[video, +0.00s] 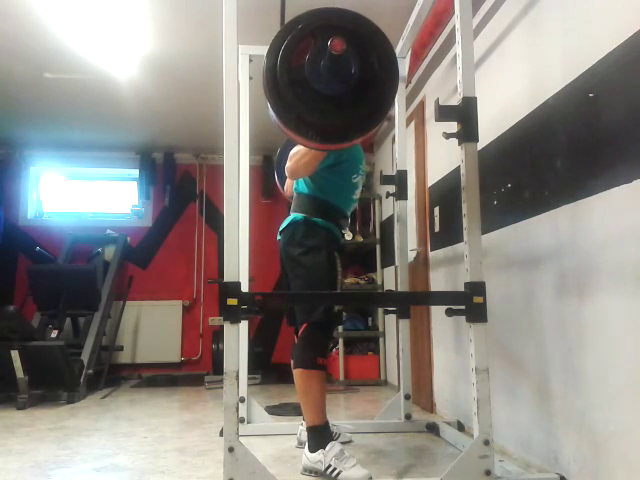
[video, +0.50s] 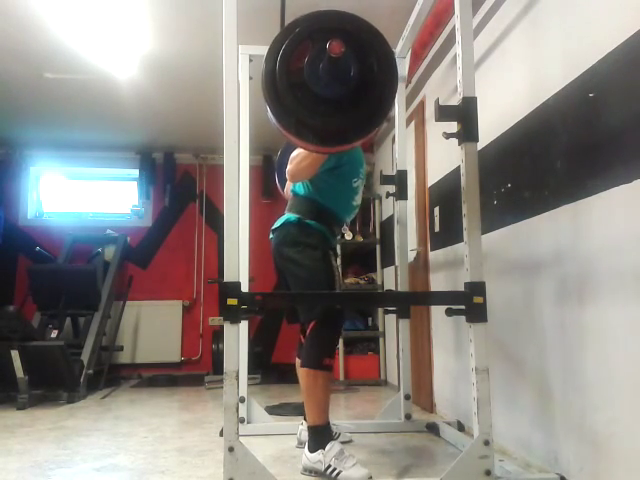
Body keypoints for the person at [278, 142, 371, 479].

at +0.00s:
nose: (372, 127)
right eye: (368, 120)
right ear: (352, 114)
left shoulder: (345, 146)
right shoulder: (331, 135)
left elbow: (289, 187)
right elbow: (293, 170)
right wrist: (328, 131)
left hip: (317, 235)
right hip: (309, 234)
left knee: (313, 332)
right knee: (315, 331)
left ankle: (314, 429)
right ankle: (319, 446)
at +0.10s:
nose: (374, 129)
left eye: (375, 122)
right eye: (370, 121)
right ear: (356, 117)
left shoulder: (346, 147)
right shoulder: (333, 137)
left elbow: (289, 187)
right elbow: (294, 169)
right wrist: (330, 132)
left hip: (316, 236)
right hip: (308, 234)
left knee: (313, 332)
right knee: (315, 332)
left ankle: (314, 429)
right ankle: (319, 446)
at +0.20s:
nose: (374, 129)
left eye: (375, 122)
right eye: (370, 121)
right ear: (353, 116)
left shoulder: (346, 147)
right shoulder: (332, 137)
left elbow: (289, 187)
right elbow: (294, 170)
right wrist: (330, 132)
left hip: (316, 236)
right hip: (306, 234)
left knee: (315, 331)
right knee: (316, 330)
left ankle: (315, 429)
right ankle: (318, 446)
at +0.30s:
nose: (374, 128)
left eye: (375, 122)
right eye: (370, 121)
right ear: (355, 116)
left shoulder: (347, 148)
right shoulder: (332, 137)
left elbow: (289, 187)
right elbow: (294, 170)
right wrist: (332, 132)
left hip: (316, 236)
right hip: (305, 234)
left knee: (315, 330)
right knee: (317, 329)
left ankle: (314, 429)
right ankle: (319, 446)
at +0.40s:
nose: (374, 129)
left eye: (376, 122)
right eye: (370, 122)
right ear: (355, 117)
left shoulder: (347, 149)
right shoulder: (332, 138)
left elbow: (288, 185)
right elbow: (294, 171)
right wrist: (330, 133)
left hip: (314, 236)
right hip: (304, 234)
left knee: (314, 331)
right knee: (320, 329)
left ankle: (316, 429)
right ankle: (319, 445)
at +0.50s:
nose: (373, 130)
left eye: (374, 124)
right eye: (369, 124)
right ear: (355, 119)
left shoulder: (348, 151)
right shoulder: (331, 139)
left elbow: (288, 186)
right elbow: (294, 173)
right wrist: (330, 136)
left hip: (313, 237)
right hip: (302, 235)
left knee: (318, 329)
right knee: (324, 326)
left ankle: (315, 429)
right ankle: (319, 445)